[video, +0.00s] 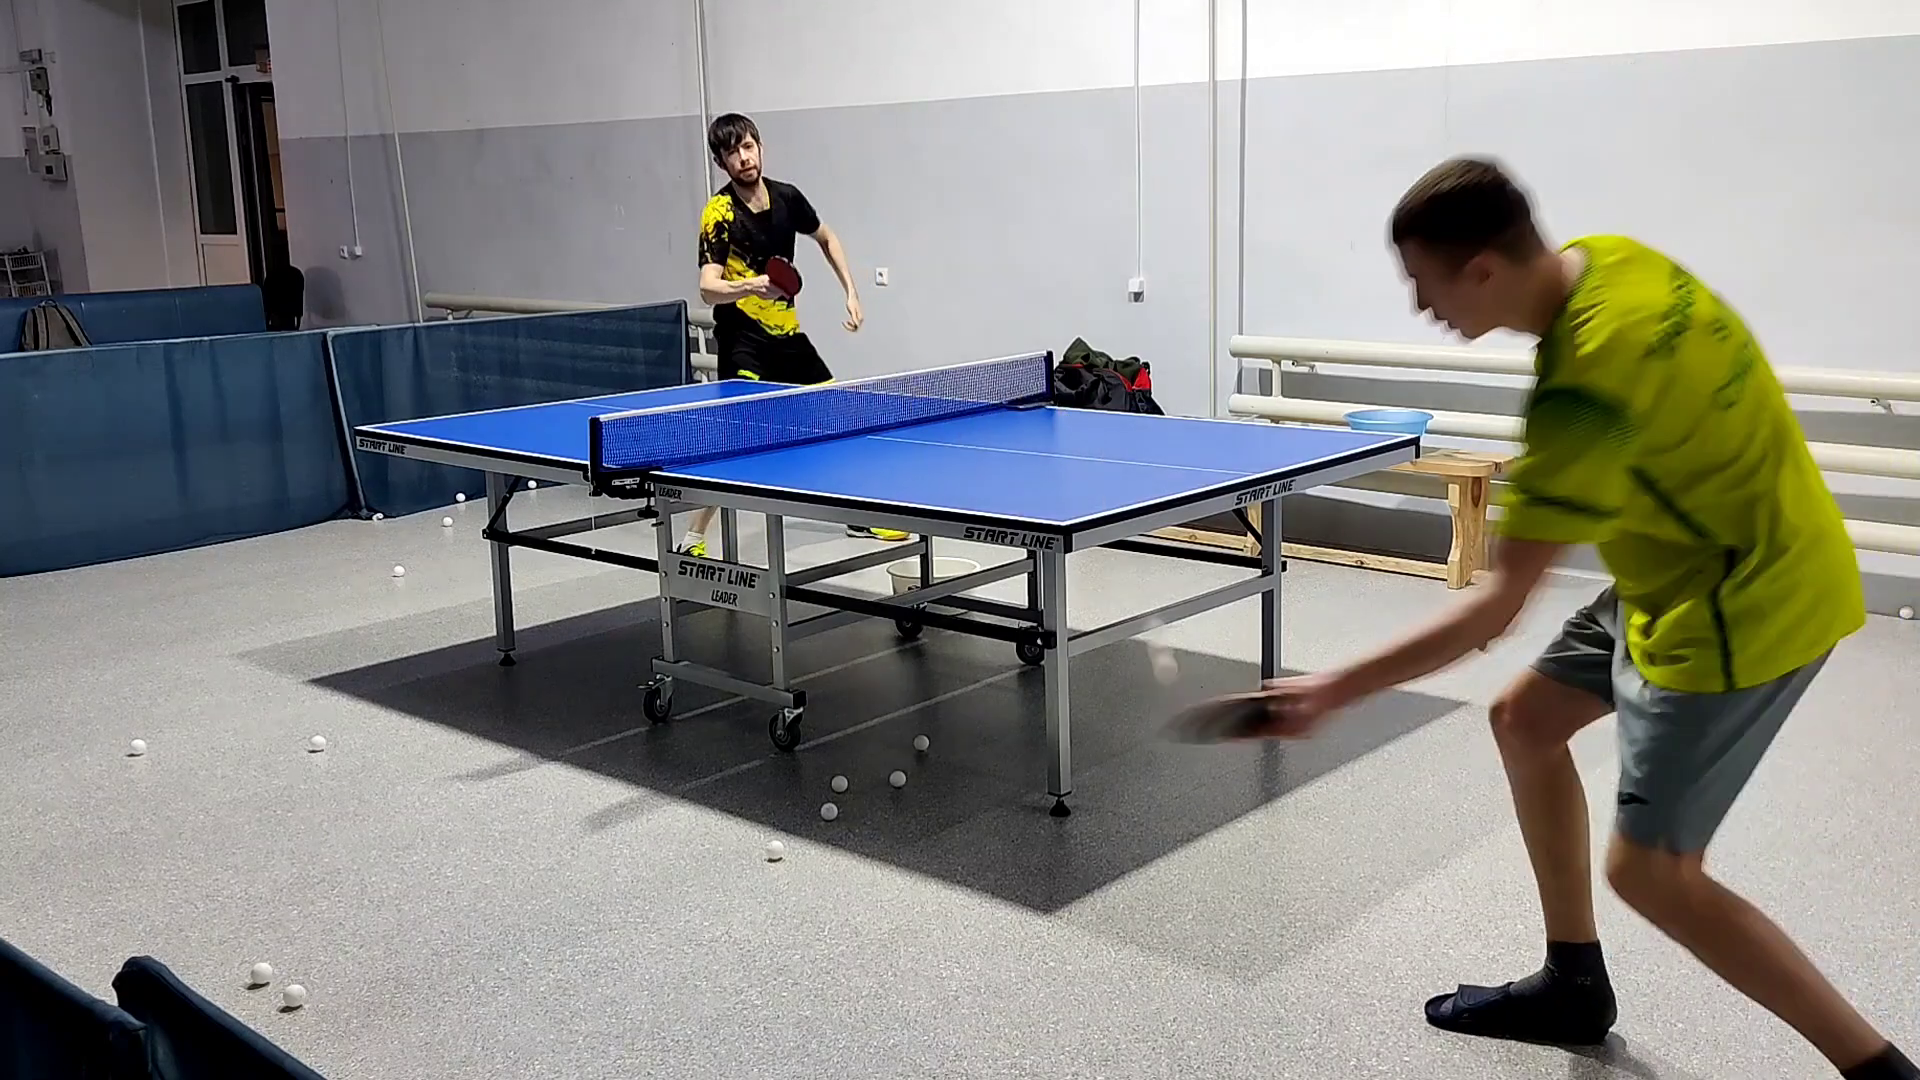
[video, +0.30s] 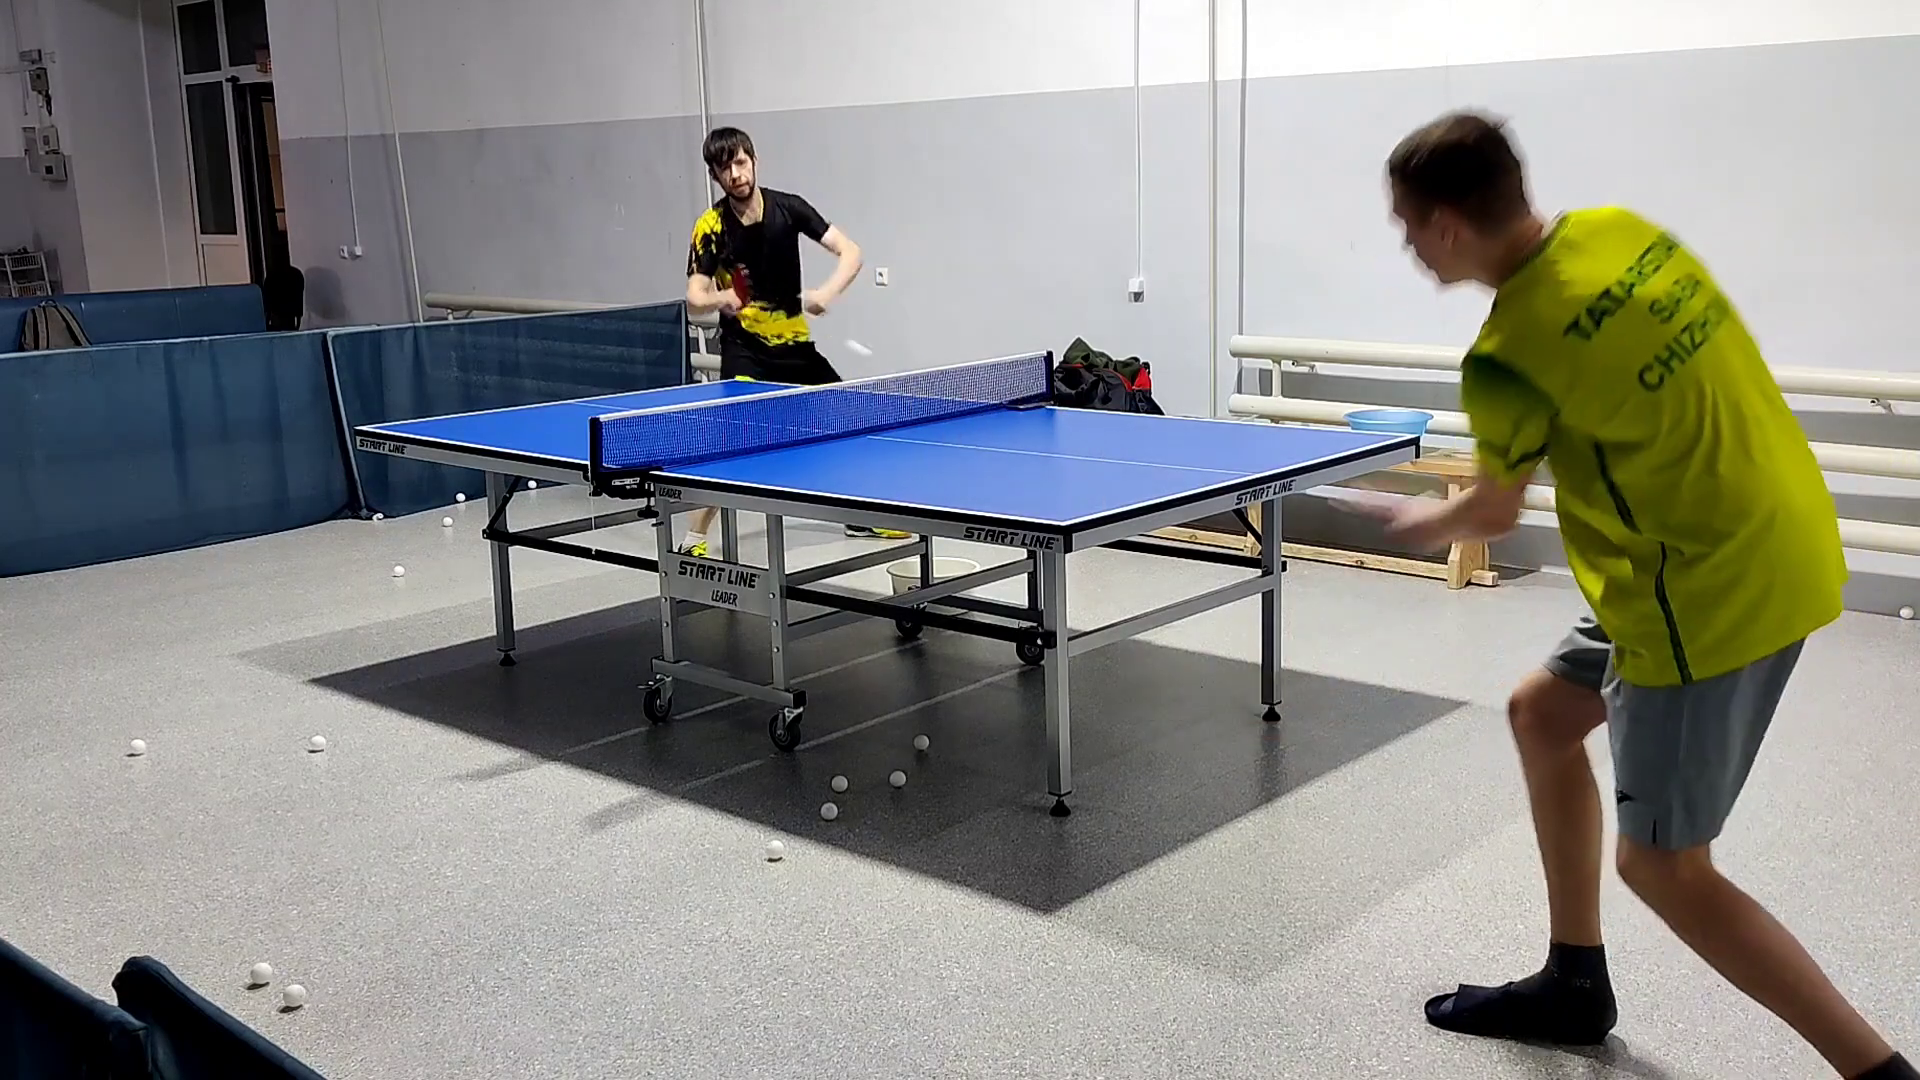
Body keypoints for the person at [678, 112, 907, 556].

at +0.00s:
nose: (744, 157)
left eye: (749, 146)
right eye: (733, 152)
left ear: (761, 147)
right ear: (721, 161)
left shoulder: (787, 197)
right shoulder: (718, 212)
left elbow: (825, 238)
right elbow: (707, 289)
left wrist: (851, 293)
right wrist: (746, 287)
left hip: (788, 333)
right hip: (742, 335)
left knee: (841, 411)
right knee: (740, 433)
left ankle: (860, 511)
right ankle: (695, 538)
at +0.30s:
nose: (737, 175)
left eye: (742, 163)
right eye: (727, 169)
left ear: (754, 162)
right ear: (715, 176)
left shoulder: (789, 208)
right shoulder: (710, 227)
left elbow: (852, 252)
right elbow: (696, 300)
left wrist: (828, 291)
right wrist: (721, 299)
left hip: (795, 344)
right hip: (744, 347)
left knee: (853, 419)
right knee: (735, 438)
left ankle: (864, 509)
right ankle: (696, 538)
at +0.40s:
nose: (730, 185)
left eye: (735, 173)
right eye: (720, 179)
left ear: (749, 170)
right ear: (711, 186)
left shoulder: (790, 210)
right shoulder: (714, 236)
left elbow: (829, 267)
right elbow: (703, 304)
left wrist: (773, 283)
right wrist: (708, 319)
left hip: (813, 343)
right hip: (759, 349)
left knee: (865, 417)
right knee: (729, 434)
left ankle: (886, 506)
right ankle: (705, 537)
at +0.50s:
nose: (723, 206)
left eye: (728, 194)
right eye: (713, 199)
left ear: (743, 189)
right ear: (706, 204)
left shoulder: (780, 223)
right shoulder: (719, 256)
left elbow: (788, 281)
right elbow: (714, 322)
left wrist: (717, 284)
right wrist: (712, 360)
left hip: (832, 338)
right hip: (784, 344)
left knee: (877, 410)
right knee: (754, 410)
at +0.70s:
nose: (725, 267)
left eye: (731, 255)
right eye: (718, 259)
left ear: (750, 249)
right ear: (714, 262)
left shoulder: (779, 275)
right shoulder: (751, 300)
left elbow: (755, 331)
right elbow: (760, 362)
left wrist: (699, 326)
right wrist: (757, 408)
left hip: (868, 370)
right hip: (821, 373)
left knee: (897, 457)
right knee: (760, 426)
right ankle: (759, 529)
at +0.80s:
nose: (742, 267)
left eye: (749, 257)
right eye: (736, 261)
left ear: (771, 253)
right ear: (731, 265)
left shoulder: (801, 282)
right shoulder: (768, 306)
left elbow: (826, 345)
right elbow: (788, 362)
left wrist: (754, 347)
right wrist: (769, 408)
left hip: (878, 373)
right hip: (831, 378)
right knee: (776, 433)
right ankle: (759, 528)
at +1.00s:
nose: (813, 233)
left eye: (820, 224)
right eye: (807, 227)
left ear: (840, 223)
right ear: (802, 232)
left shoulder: (874, 268)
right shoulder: (800, 271)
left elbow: (895, 339)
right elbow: (752, 273)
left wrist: (849, 298)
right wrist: (769, 203)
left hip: (877, 385)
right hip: (823, 384)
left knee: (896, 465)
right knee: (766, 430)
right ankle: (752, 522)